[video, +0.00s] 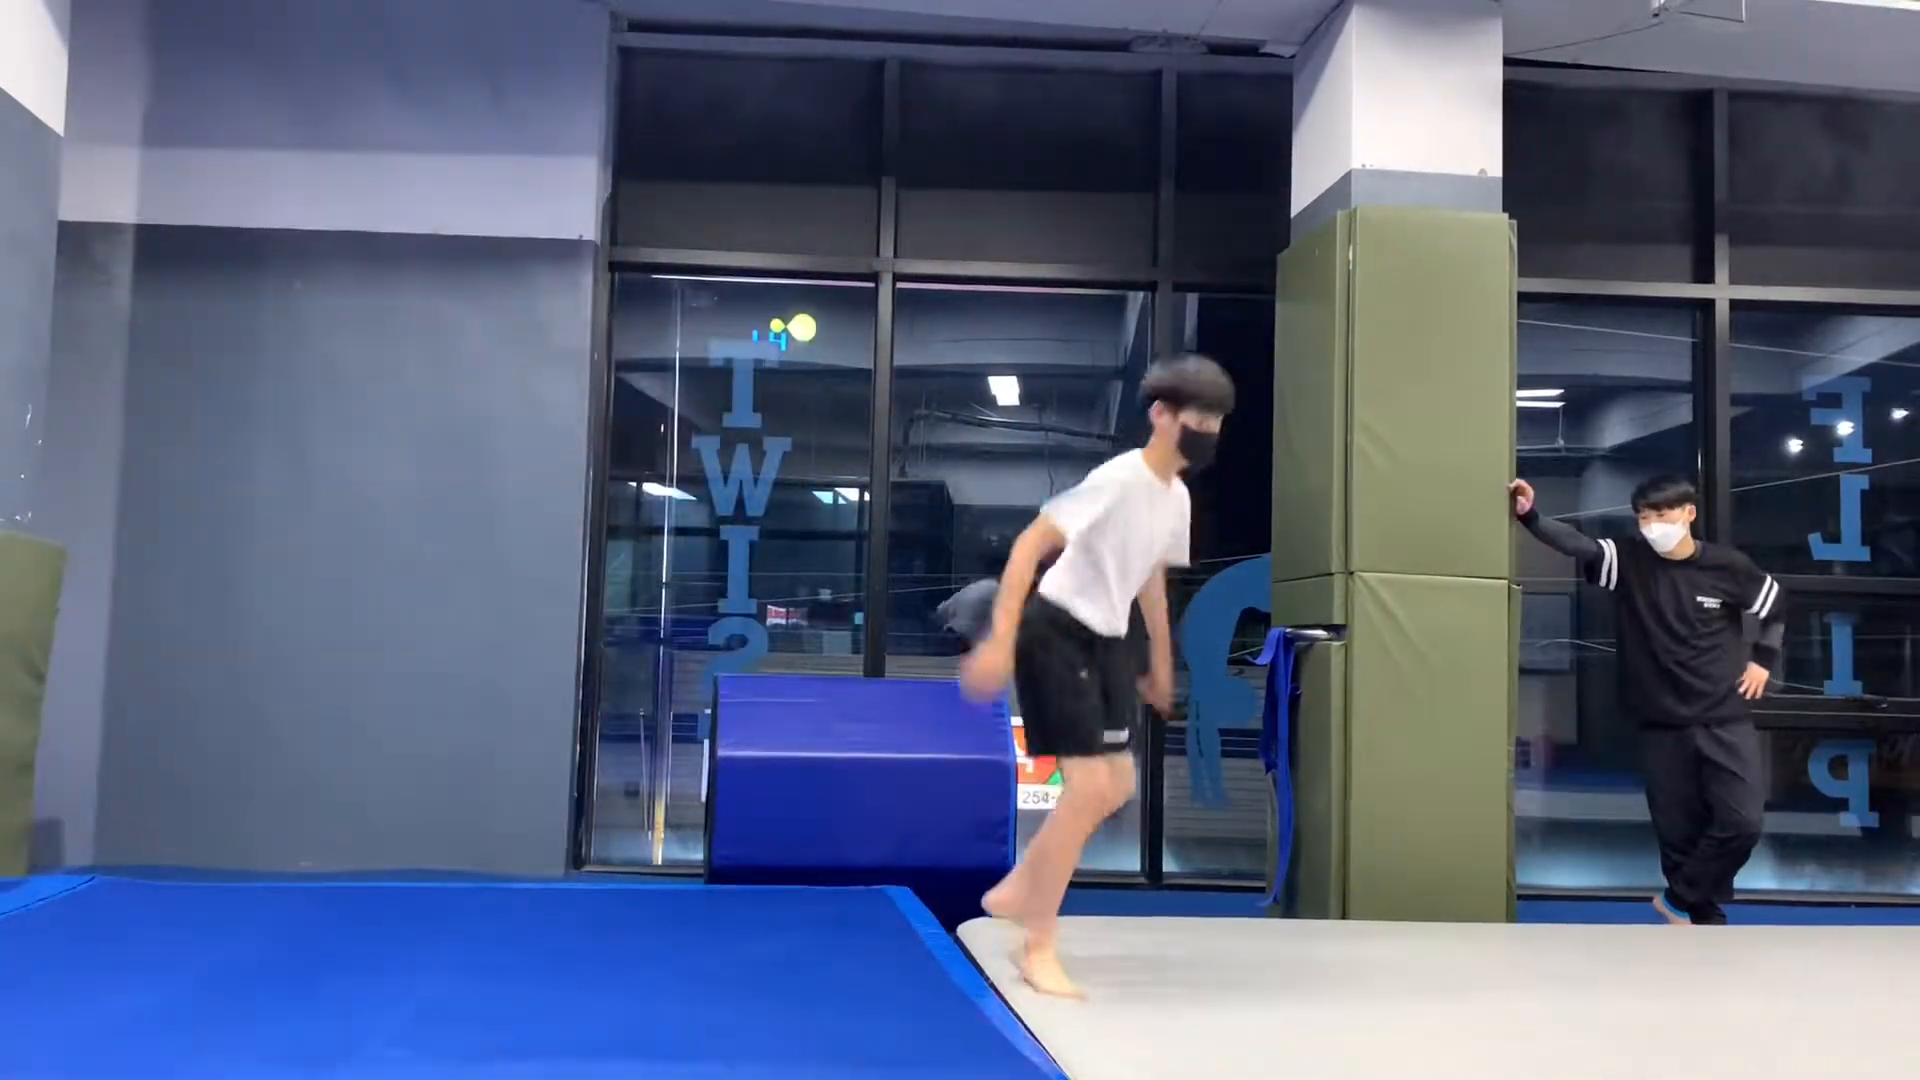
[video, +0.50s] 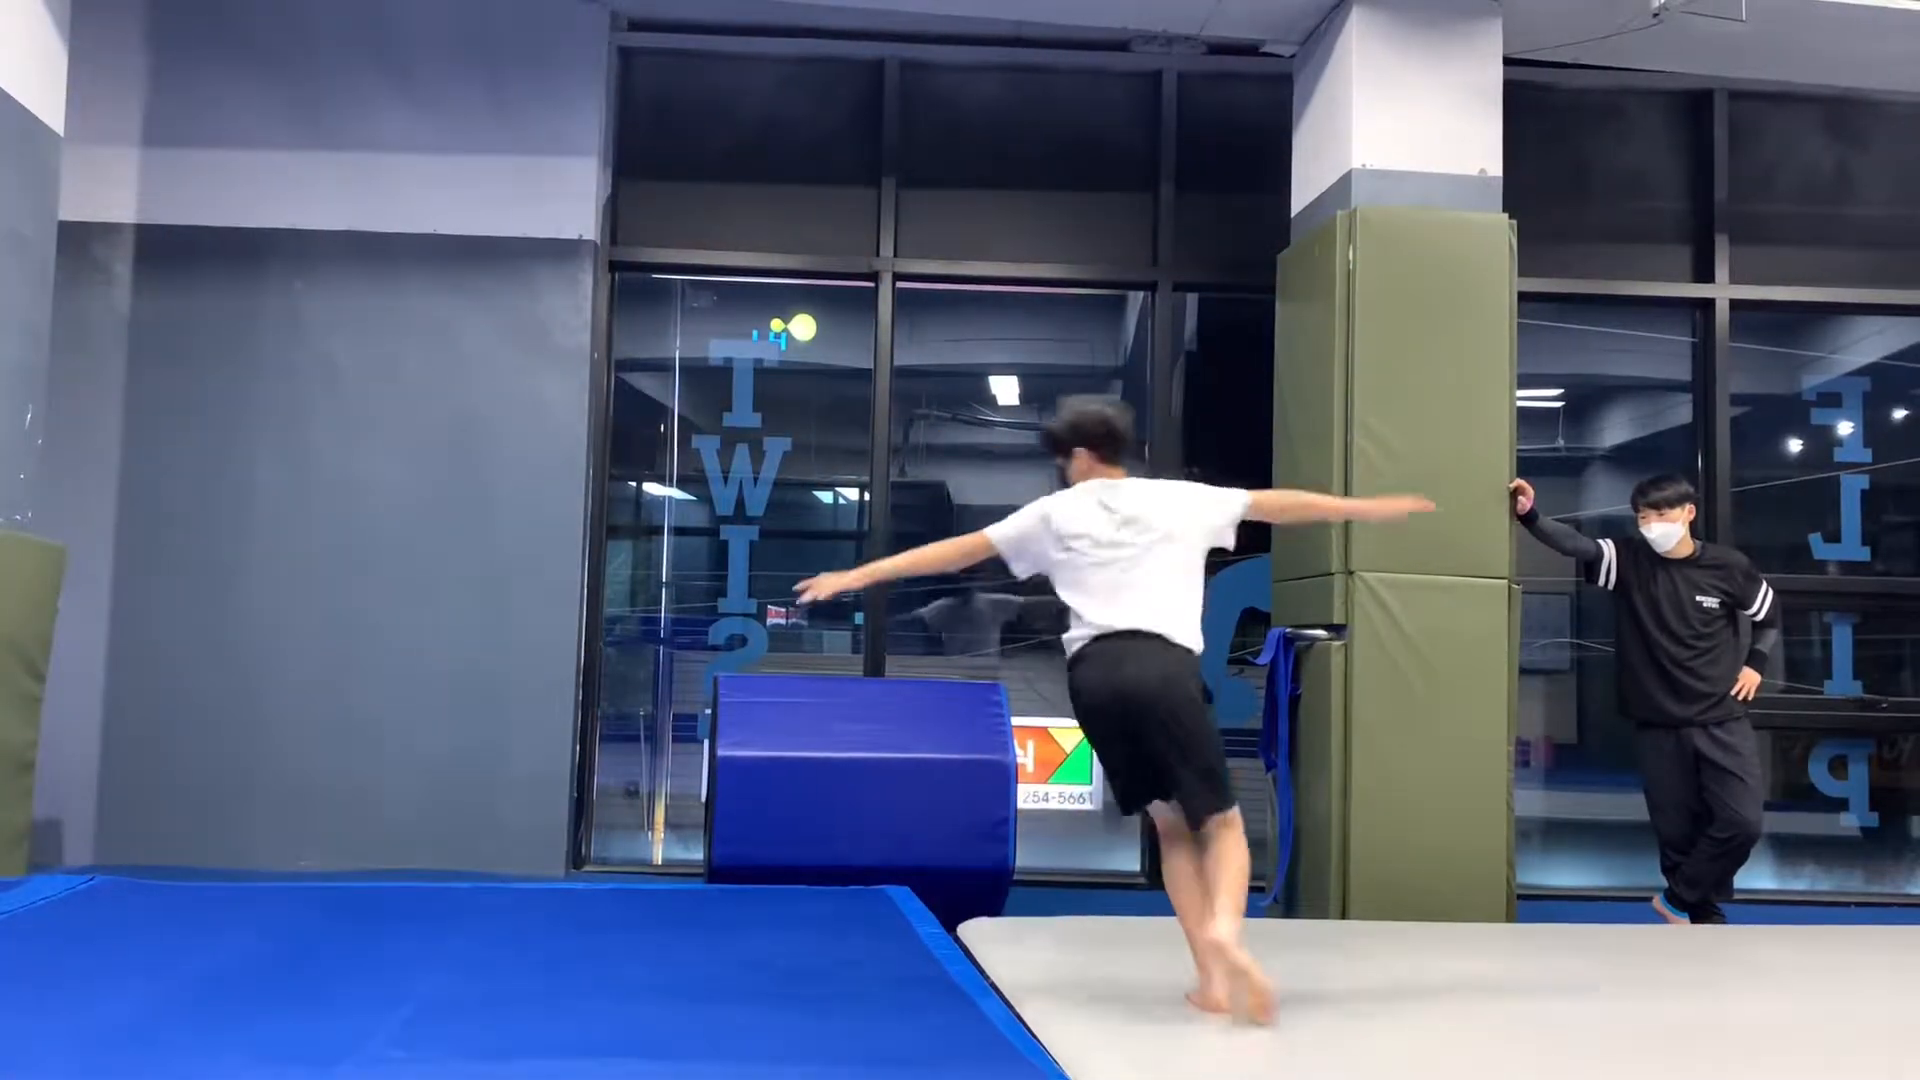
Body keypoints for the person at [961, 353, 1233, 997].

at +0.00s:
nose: (1209, 434)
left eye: (1215, 424)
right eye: (1200, 421)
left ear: (1210, 428)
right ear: (1161, 414)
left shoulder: (1175, 498)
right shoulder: (1119, 480)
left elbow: (1151, 579)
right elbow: (1029, 545)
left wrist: (1160, 659)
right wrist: (999, 642)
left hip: (1105, 638)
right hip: (1055, 629)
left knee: (1117, 784)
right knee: (1087, 785)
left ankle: (1016, 891)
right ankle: (1039, 948)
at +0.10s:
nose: (1226, 400)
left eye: (1228, 389)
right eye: (1222, 387)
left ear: (1185, 386)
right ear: (1191, 383)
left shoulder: (1154, 445)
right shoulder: (1154, 437)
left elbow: (1066, 494)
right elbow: (1055, 478)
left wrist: (1091, 559)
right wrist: (993, 546)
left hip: (1101, 601)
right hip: (1083, 595)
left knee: (1145, 757)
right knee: (1101, 756)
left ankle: (1127, 909)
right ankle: (990, 887)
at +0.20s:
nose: (1216, 406)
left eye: (1216, 395)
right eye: (1216, 395)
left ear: (1160, 389)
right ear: (1203, 396)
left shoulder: (1130, 434)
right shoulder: (1166, 438)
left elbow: (1056, 442)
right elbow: (1092, 458)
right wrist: (1048, 497)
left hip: (1114, 608)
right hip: (1133, 608)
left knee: (1172, 782)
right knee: (1083, 753)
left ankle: (1218, 943)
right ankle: (958, 855)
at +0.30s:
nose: (1201, 431)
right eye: (1200, 424)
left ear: (1133, 429)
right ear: (1198, 426)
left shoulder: (1103, 473)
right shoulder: (1189, 466)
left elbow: (1011, 468)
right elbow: (1178, 501)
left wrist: (932, 442)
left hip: (1106, 635)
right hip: (1155, 635)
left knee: (1176, 815)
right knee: (1117, 783)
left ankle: (1210, 977)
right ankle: (1006, 854)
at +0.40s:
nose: (1110, 455)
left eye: (1111, 447)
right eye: (1127, 445)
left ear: (1115, 448)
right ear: (1172, 447)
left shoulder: (1087, 495)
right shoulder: (1201, 495)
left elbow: (990, 517)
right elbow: (1287, 517)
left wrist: (896, 522)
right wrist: (1380, 534)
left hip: (1091, 663)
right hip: (1152, 661)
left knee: (1173, 827)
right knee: (1192, 828)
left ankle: (1208, 976)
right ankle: (1120, 894)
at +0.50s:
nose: (1063, 471)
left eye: (1063, 460)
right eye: (1065, 461)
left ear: (1080, 457)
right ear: (1124, 453)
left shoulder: (1057, 511)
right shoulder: (1184, 498)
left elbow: (961, 552)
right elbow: (1276, 506)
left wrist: (856, 576)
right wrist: (1361, 508)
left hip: (1095, 669)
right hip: (1166, 663)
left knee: (1169, 825)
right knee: (1221, 818)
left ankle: (1211, 972)